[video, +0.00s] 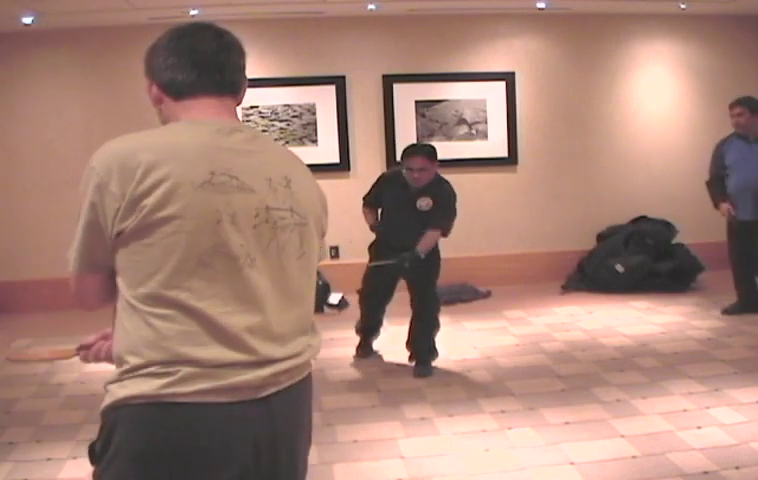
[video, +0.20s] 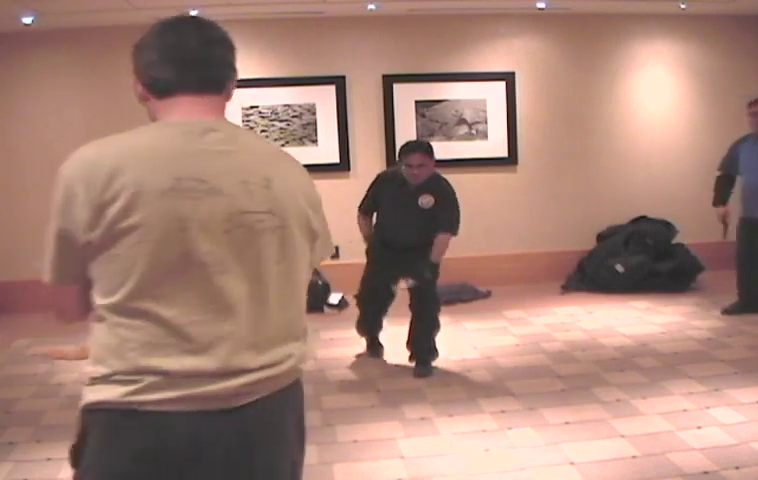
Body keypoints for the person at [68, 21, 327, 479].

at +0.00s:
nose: (147, 100)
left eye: (146, 90)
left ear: (156, 91)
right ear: (241, 90)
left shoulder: (123, 160)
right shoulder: (297, 172)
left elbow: (90, 292)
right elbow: (280, 297)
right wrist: (134, 338)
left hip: (165, 425)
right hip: (284, 418)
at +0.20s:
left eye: (133, 84)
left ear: (143, 90)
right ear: (231, 86)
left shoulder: (92, 168)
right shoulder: (286, 169)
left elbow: (69, 303)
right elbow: (301, 280)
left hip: (136, 436)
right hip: (266, 429)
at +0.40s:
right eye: (197, 78)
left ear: (99, 82)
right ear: (192, 83)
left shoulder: (26, 181)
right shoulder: (258, 179)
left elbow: (10, 335)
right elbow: (291, 330)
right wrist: (204, 332)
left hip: (78, 456)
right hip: (227, 449)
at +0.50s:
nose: (171, 92)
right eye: (171, 81)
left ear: (68, 85)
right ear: (162, 86)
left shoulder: (9, 174)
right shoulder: (226, 182)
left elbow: (4, 328)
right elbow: (282, 339)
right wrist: (209, 371)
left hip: (37, 462)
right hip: (195, 457)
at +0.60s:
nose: (142, 89)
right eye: (142, 78)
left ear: (39, 78)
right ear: (133, 83)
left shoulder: (5, 164)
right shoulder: (186, 182)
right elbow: (263, 355)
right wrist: (220, 397)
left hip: (18, 462)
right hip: (163, 460)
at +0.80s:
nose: (108, 84)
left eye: (109, 68)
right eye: (110, 69)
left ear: (6, 59)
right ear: (95, 71)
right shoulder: (147, 175)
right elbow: (194, 360)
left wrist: (218, 419)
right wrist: (222, 422)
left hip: (12, 462)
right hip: (131, 458)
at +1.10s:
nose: (92, 82)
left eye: (93, 64)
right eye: (93, 64)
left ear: (7, 54)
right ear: (77, 64)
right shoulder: (112, 171)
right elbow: (142, 366)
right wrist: (192, 427)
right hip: (104, 462)